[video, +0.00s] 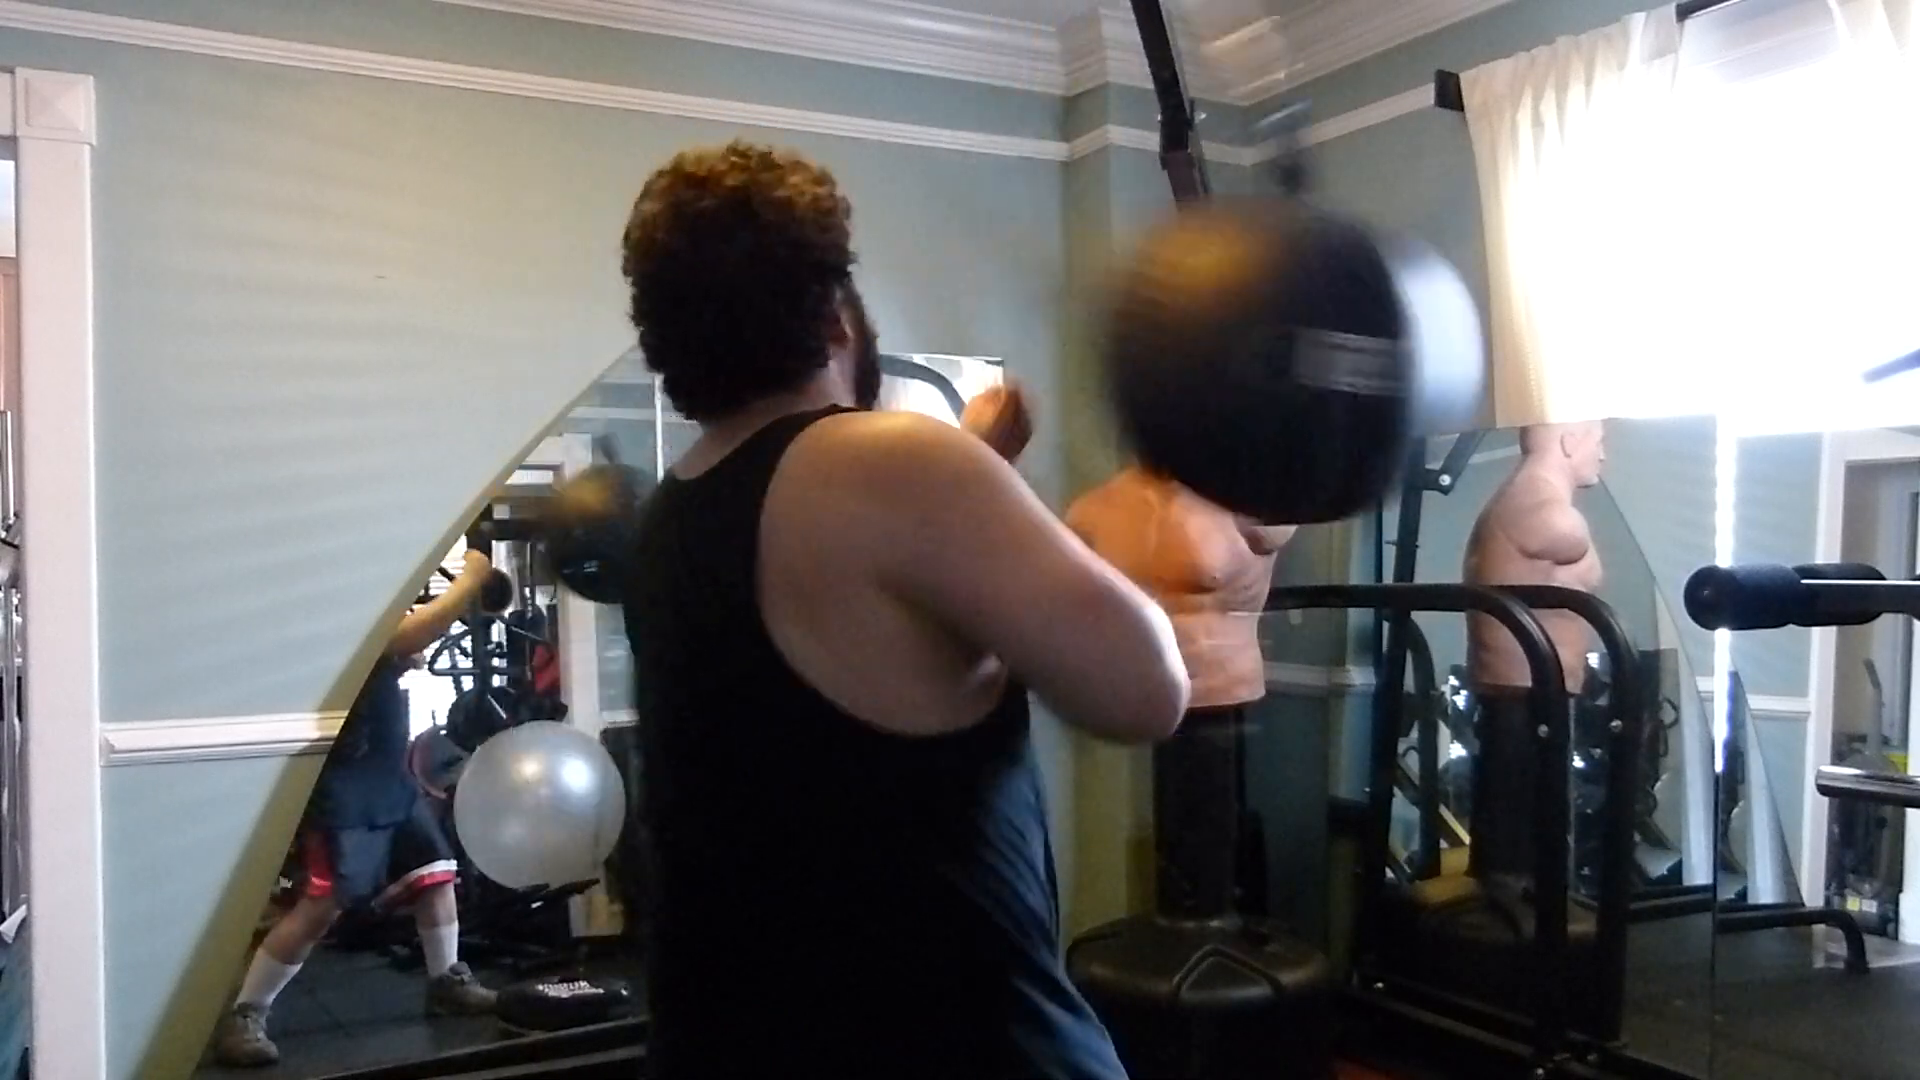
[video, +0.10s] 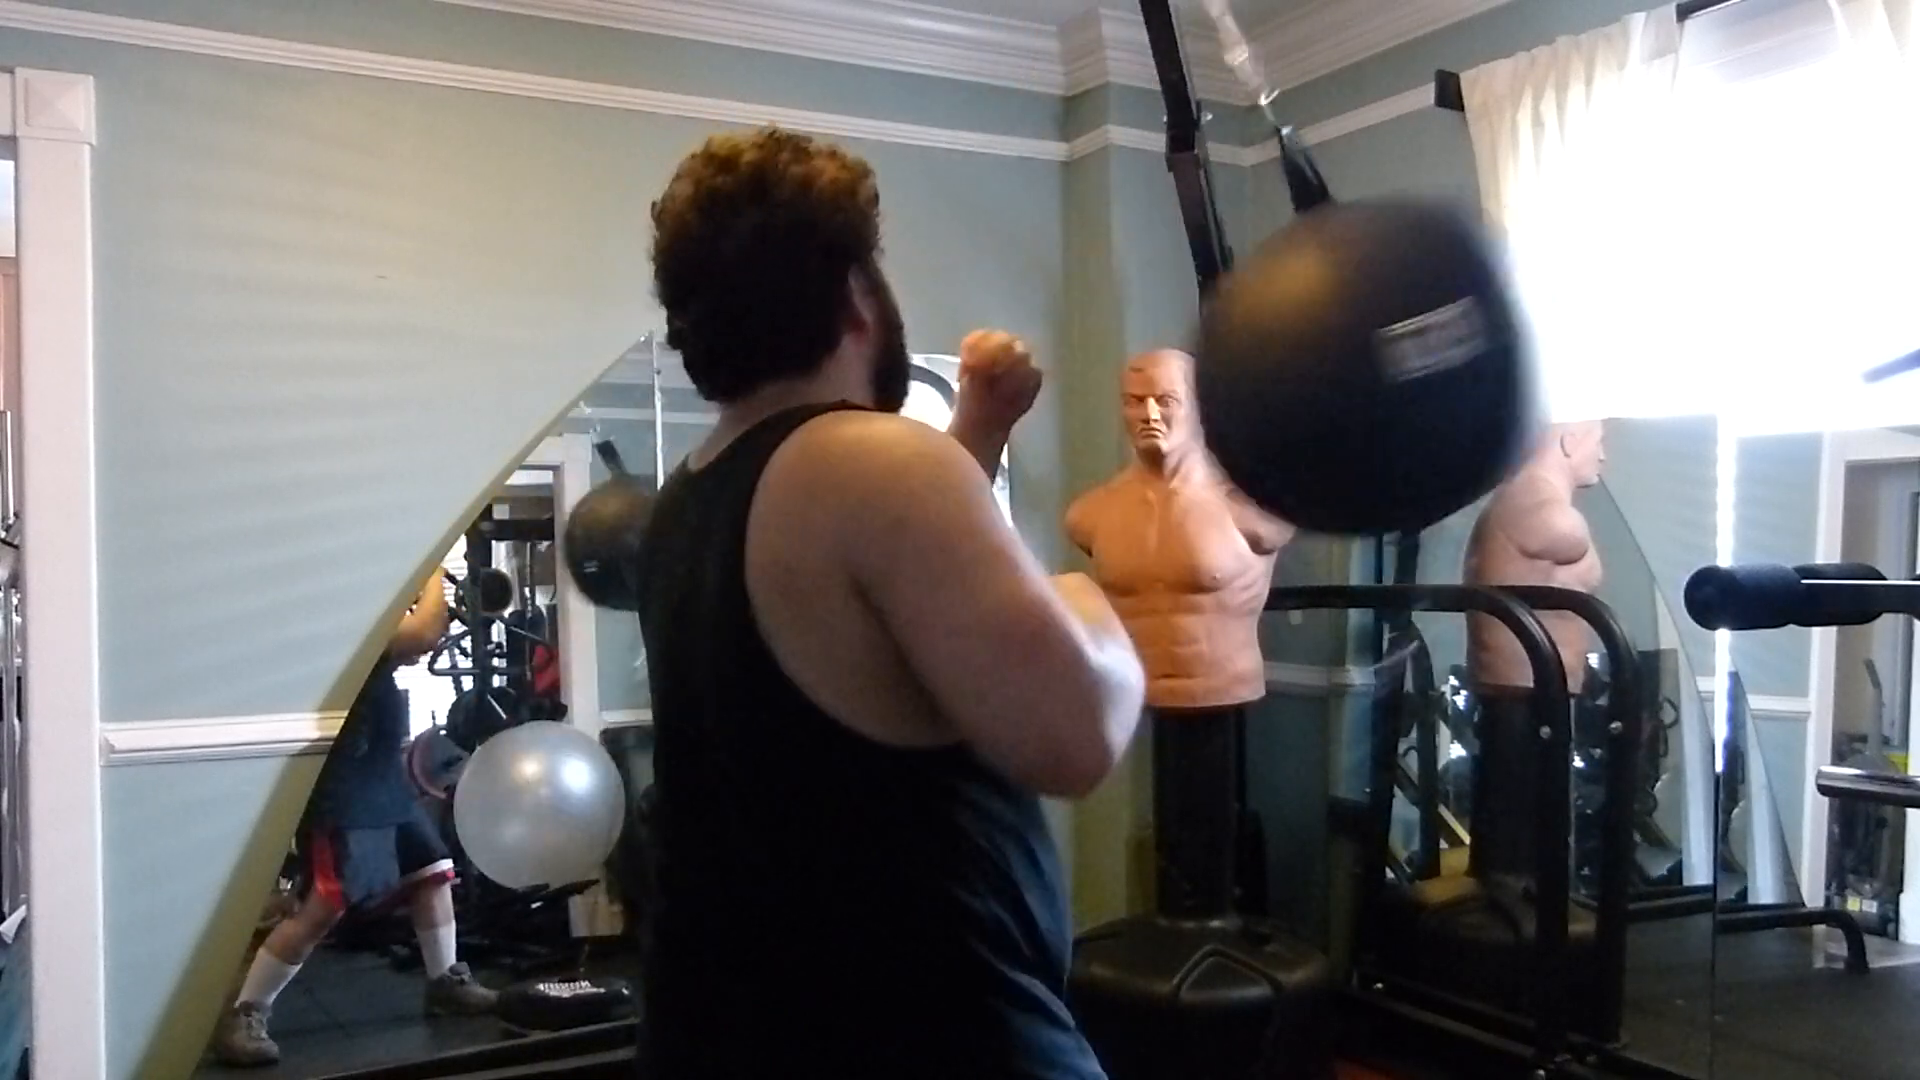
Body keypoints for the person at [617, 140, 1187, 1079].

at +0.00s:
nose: (862, 311)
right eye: (853, 285)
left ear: (661, 343)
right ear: (837, 312)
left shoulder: (672, 517)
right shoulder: (903, 463)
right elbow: (1148, 696)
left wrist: (966, 464)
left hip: (738, 1022)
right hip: (956, 1026)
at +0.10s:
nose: (894, 300)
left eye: (883, 270)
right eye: (882, 272)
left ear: (694, 322)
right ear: (855, 296)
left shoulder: (690, 500)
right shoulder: (884, 465)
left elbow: (883, 620)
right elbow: (1076, 743)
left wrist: (977, 434)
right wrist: (1080, 605)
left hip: (744, 1009)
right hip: (937, 1018)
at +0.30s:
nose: (869, 316)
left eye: (863, 285)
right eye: (858, 284)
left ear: (665, 307)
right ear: (817, 293)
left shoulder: (599, 512)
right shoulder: (864, 483)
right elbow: (1016, 805)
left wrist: (884, 489)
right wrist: (963, 534)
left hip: (665, 1014)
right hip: (881, 1023)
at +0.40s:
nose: (842, 308)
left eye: (834, 273)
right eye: (831, 275)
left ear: (631, 307)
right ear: (790, 294)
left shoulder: (561, 513)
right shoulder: (860, 485)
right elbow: (1012, 805)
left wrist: (871, 478)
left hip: (635, 1027)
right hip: (866, 1033)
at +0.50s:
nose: (834, 298)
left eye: (828, 267)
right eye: (824, 268)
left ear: (626, 300)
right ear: (789, 285)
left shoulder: (554, 499)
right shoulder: (865, 472)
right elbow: (997, 813)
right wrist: (1042, 706)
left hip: (625, 1028)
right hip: (868, 1033)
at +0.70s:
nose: (951, 275)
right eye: (943, 247)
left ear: (732, 271)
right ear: (925, 270)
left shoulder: (622, 467)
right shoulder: (1019, 506)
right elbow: (1133, 781)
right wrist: (1207, 623)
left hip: (691, 1019)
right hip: (953, 1029)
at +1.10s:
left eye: (796, 213)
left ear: (809, 241)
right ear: (1014, 225)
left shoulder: (742, 448)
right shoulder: (1133, 444)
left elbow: (667, 661)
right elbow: (1162, 591)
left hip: (847, 1024)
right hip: (1113, 1022)